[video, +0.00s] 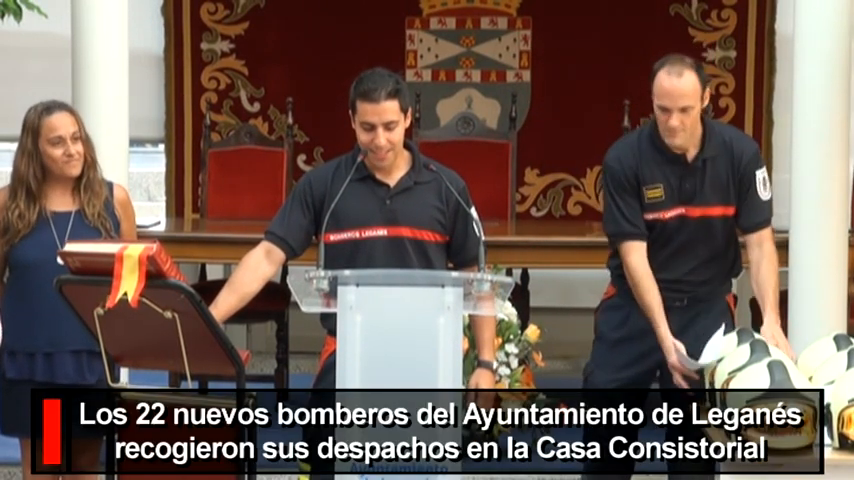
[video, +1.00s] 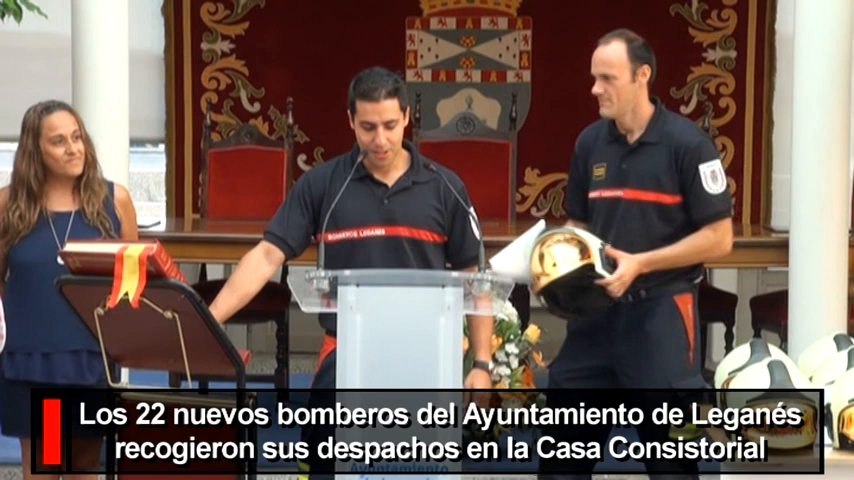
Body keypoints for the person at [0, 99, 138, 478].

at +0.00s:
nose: (72, 149)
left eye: (77, 138)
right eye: (58, 142)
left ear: (85, 140)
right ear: (35, 150)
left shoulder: (114, 200)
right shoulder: (10, 203)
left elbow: (131, 278)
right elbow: (2, 278)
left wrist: (126, 347)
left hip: (91, 359)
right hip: (26, 359)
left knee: (87, 466)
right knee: (40, 468)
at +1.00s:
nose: (73, 148)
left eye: (78, 136)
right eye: (59, 141)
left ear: (85, 139)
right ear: (36, 150)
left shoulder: (115, 199)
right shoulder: (10, 204)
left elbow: (133, 279)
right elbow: (2, 282)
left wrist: (127, 350)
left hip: (92, 362)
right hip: (27, 363)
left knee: (86, 467)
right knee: (40, 469)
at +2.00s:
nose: (86, 147)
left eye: (87, 137)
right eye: (72, 139)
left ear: (93, 139)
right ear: (42, 147)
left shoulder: (116, 196)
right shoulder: (11, 202)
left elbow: (127, 273)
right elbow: (1, 277)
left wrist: (126, 344)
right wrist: (6, 330)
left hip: (95, 355)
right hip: (30, 354)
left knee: (90, 465)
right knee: (43, 466)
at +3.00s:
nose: (115, 147)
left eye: (119, 136)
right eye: (101, 141)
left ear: (128, 139)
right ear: (80, 150)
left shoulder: (150, 196)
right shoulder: (66, 196)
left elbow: (164, 266)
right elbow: (70, 275)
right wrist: (118, 323)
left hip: (134, 337)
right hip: (76, 337)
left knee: (123, 451)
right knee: (77, 452)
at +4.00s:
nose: (63, 145)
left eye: (68, 135)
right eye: (49, 138)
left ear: (78, 141)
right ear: (29, 149)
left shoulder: (110, 195)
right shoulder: (9, 204)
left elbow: (133, 268)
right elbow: (2, 281)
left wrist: (104, 260)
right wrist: (44, 268)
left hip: (97, 356)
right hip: (31, 357)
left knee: (99, 466)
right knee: (38, 466)